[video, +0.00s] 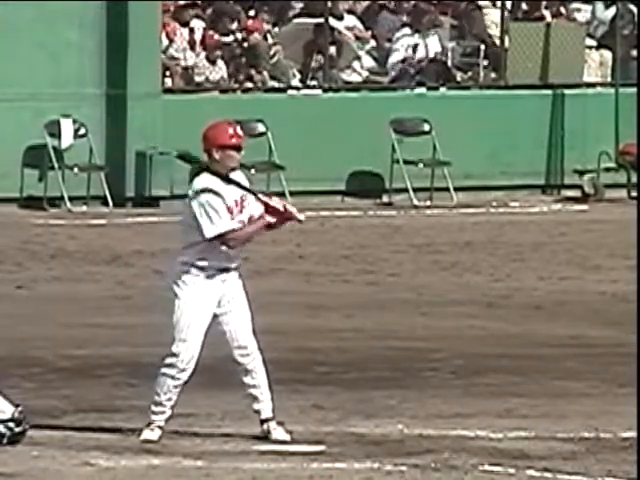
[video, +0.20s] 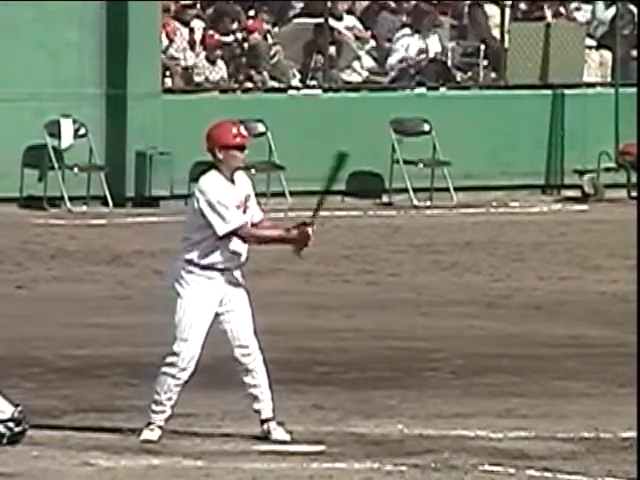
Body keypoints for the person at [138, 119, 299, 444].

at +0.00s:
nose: (238, 155)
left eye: (239, 148)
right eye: (232, 149)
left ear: (230, 152)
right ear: (214, 153)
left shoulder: (237, 178)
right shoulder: (204, 189)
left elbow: (251, 210)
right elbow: (231, 240)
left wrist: (276, 213)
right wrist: (265, 221)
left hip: (229, 276)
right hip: (197, 279)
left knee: (247, 350)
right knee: (184, 355)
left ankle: (268, 420)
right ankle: (156, 422)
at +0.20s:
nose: (243, 153)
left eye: (243, 147)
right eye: (236, 148)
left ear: (239, 150)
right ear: (217, 153)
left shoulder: (241, 179)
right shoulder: (208, 186)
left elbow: (258, 222)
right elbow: (244, 233)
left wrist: (290, 234)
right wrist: (289, 237)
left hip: (231, 279)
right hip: (199, 278)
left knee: (249, 353)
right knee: (184, 354)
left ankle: (268, 421)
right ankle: (156, 422)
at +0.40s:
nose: (244, 153)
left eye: (244, 148)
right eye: (237, 149)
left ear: (241, 151)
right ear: (219, 153)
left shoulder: (245, 180)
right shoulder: (211, 185)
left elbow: (262, 223)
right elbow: (249, 226)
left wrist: (291, 242)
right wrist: (293, 240)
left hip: (231, 278)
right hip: (198, 278)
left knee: (249, 352)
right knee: (183, 354)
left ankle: (269, 421)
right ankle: (155, 422)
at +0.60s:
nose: (239, 154)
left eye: (240, 148)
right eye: (232, 149)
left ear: (238, 151)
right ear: (214, 154)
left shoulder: (245, 178)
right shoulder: (205, 188)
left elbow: (258, 224)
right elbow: (238, 227)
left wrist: (277, 255)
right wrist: (282, 248)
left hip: (229, 278)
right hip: (194, 280)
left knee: (248, 351)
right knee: (181, 354)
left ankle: (268, 420)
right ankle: (155, 421)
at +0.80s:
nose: (226, 155)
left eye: (227, 148)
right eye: (219, 150)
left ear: (227, 151)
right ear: (201, 155)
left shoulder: (239, 180)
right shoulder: (188, 190)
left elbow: (243, 232)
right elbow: (203, 240)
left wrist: (230, 269)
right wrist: (231, 277)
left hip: (225, 278)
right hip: (187, 279)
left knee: (246, 349)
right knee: (175, 352)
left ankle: (268, 421)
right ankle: (154, 421)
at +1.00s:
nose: (220, 151)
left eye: (220, 146)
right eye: (213, 147)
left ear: (219, 149)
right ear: (194, 152)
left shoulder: (233, 184)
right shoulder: (172, 187)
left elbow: (225, 234)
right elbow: (165, 236)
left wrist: (200, 272)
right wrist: (175, 275)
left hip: (221, 276)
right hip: (184, 278)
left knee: (241, 350)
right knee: (169, 357)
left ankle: (267, 420)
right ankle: (154, 421)